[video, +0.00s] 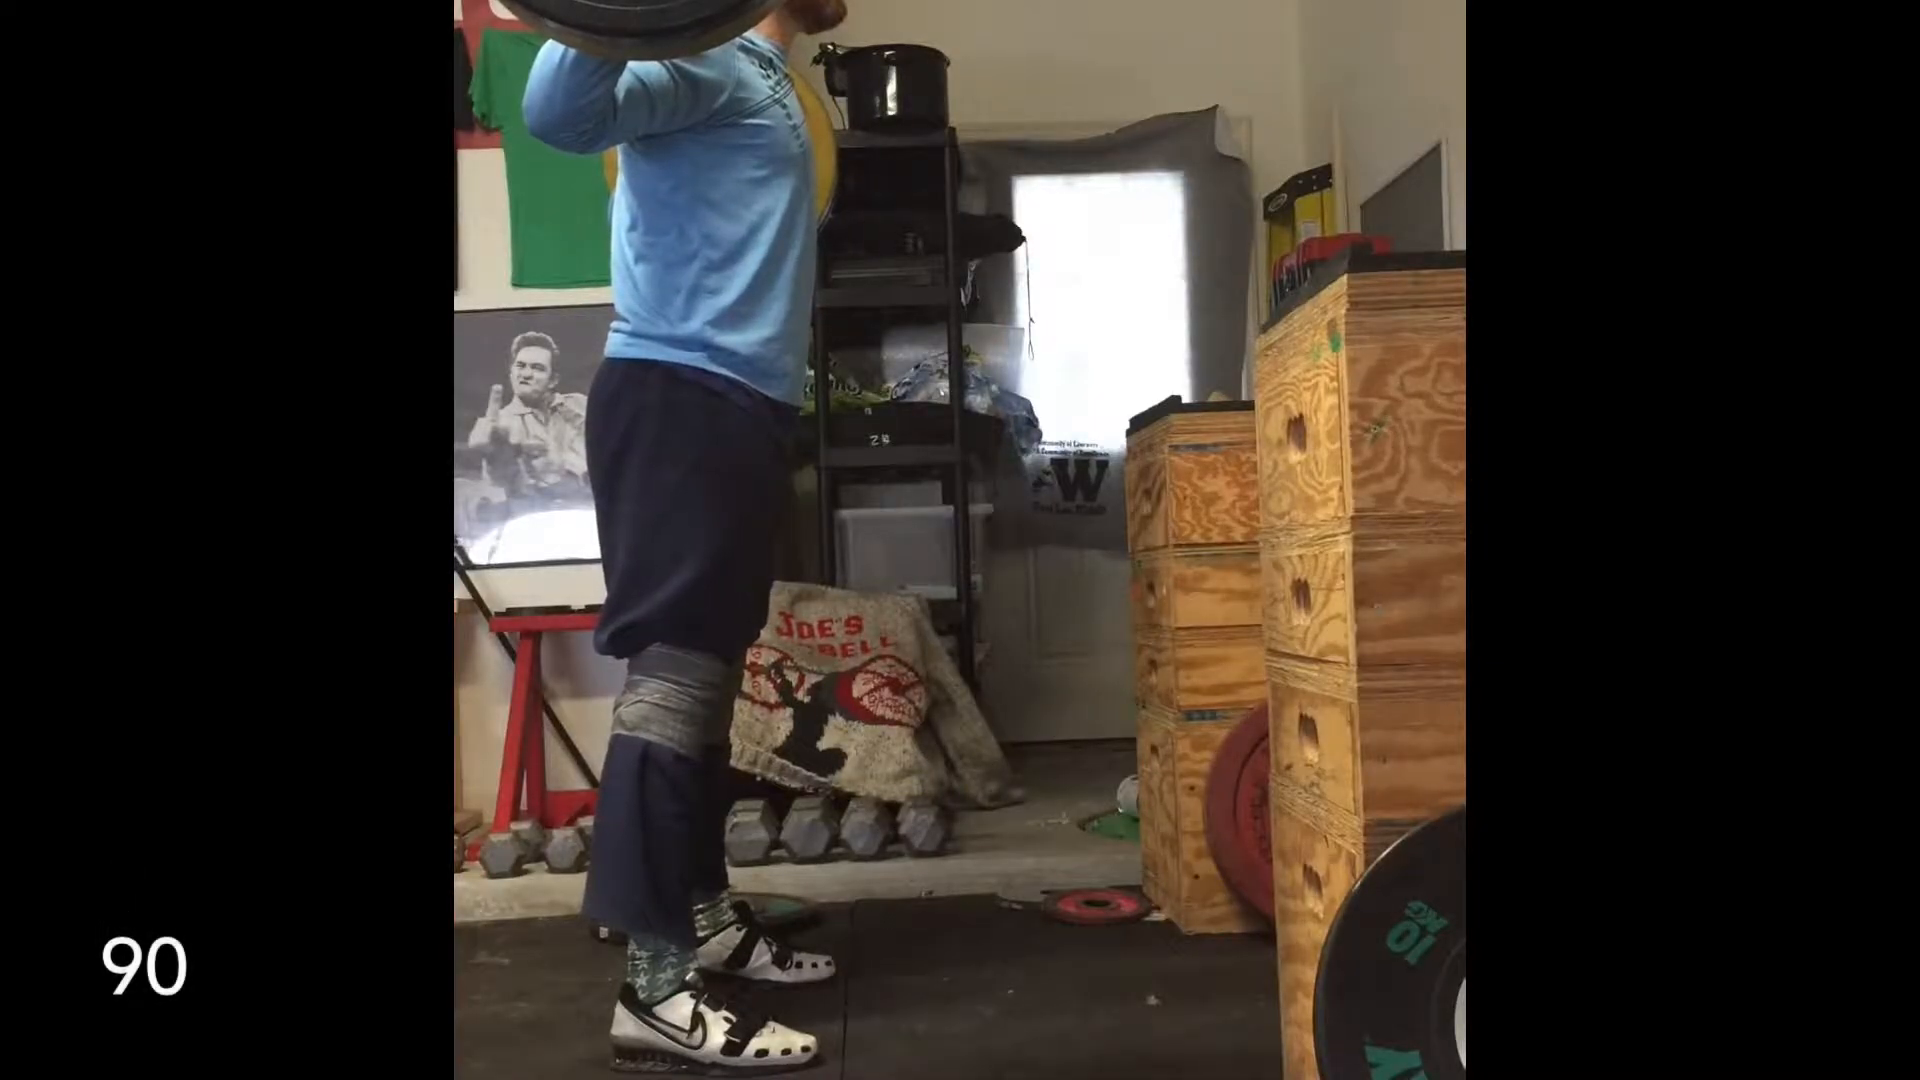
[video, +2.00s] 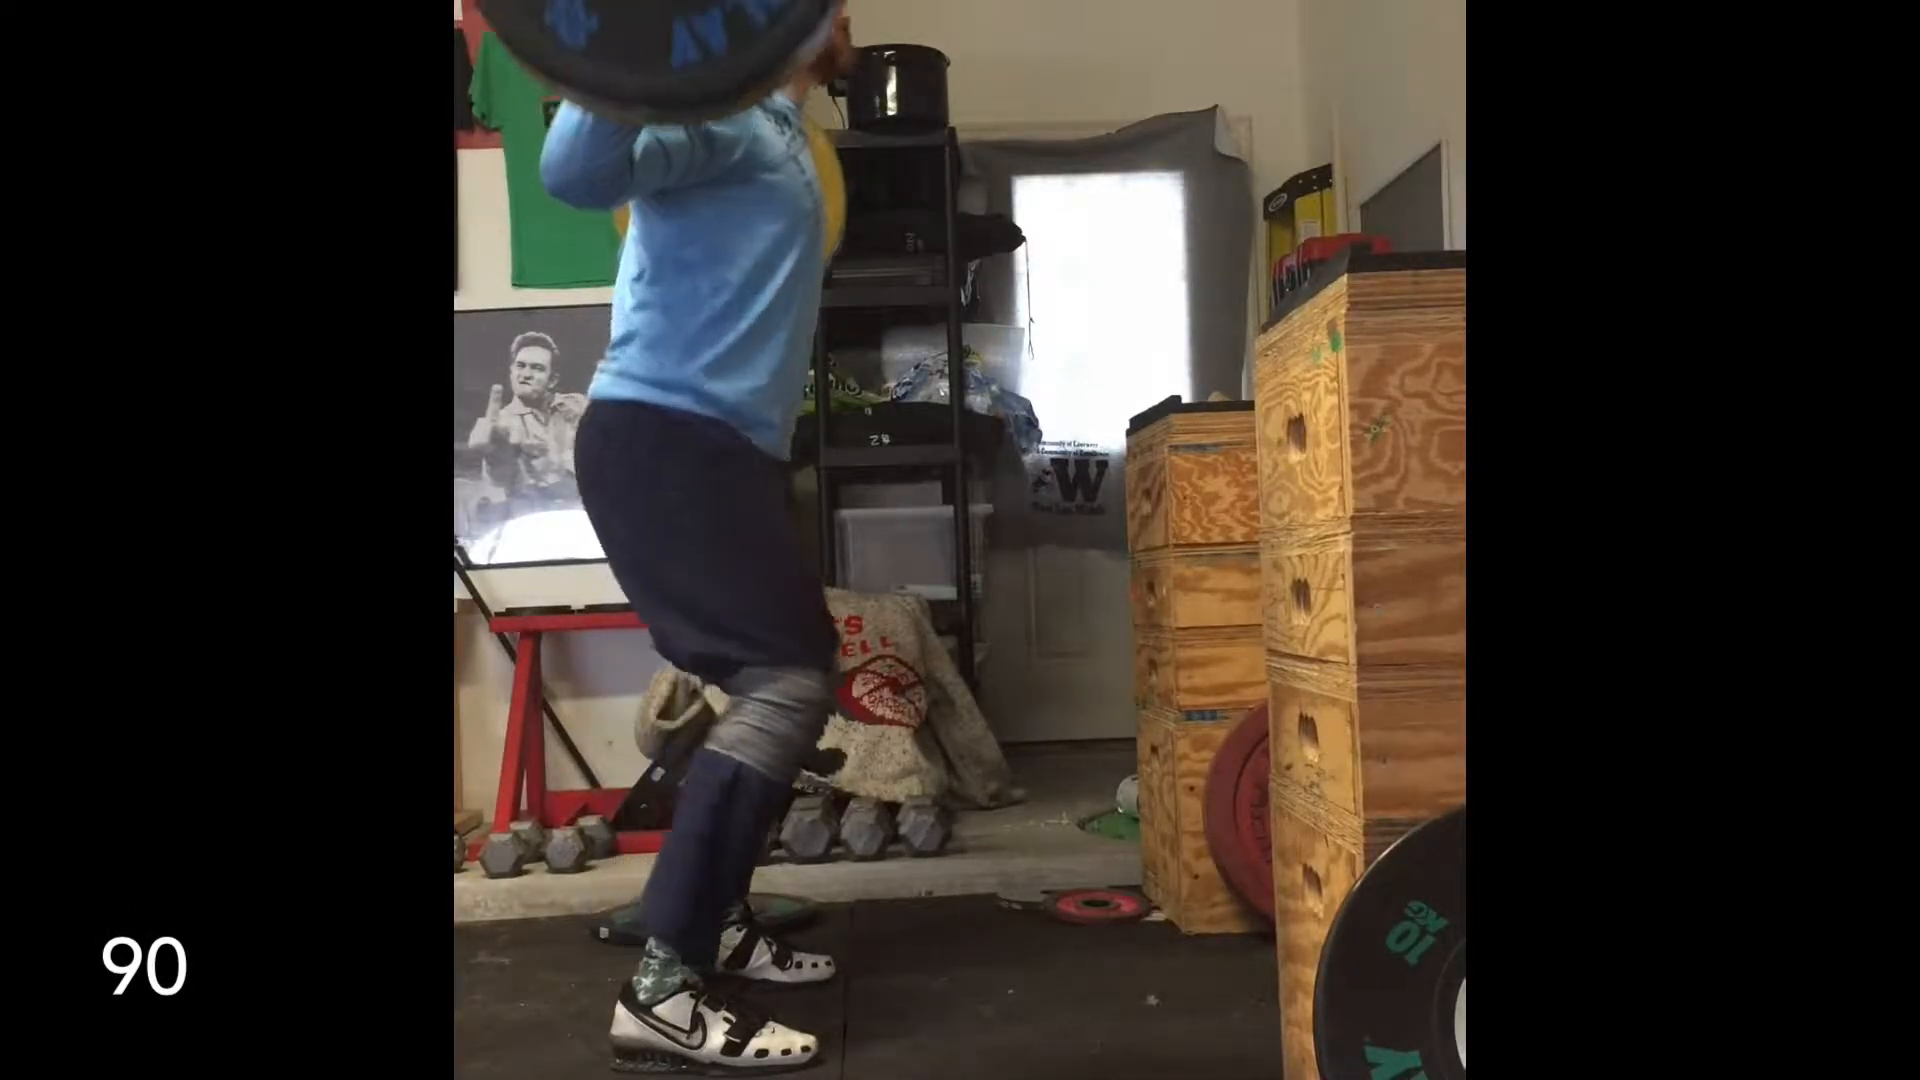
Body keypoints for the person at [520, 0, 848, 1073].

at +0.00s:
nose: (838, 7)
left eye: (836, 2)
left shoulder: (771, 77)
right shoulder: (705, 63)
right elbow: (556, 113)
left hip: (739, 407)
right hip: (681, 400)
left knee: (707, 673)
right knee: (675, 679)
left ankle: (699, 916)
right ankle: (655, 980)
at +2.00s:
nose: (845, 32)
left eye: (842, 18)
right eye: (832, 16)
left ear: (799, 36)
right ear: (788, 24)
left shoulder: (790, 129)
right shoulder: (720, 118)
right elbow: (573, 171)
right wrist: (631, 38)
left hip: (721, 442)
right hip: (665, 436)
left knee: (776, 677)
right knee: (785, 681)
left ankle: (711, 915)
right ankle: (665, 978)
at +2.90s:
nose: (884, 201)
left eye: (888, 181)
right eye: (873, 177)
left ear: (829, 174)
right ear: (811, 163)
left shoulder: (815, 275)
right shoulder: (737, 225)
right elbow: (718, 74)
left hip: (707, 554)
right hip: (622, 542)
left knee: (831, 694)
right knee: (814, 714)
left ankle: (736, 922)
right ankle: (666, 985)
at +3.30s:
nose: (887, 302)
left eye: (888, 282)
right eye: (876, 278)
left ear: (828, 274)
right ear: (814, 265)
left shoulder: (820, 377)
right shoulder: (743, 331)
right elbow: (737, 196)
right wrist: (726, 51)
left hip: (703, 640)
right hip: (616, 635)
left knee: (848, 704)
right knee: (831, 736)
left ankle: (744, 917)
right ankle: (667, 986)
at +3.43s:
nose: (895, 339)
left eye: (898, 319)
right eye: (885, 315)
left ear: (837, 311)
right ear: (825, 304)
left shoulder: (835, 421)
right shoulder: (750, 373)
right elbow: (745, 238)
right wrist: (730, 89)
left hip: (707, 669)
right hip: (621, 671)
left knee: (864, 714)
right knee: (840, 745)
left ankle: (750, 922)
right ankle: (675, 987)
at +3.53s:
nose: (904, 365)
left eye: (904, 346)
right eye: (891, 343)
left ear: (842, 342)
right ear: (831, 335)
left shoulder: (839, 449)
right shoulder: (754, 404)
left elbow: (765, 622)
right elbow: (750, 272)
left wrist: (849, 682)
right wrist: (738, 128)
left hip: (712, 701)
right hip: (627, 704)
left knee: (870, 725)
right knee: (851, 753)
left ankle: (748, 928)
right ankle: (678, 988)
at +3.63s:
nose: (906, 393)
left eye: (907, 373)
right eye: (893, 370)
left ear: (841, 366)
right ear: (832, 361)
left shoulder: (838, 473)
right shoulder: (756, 431)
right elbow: (753, 300)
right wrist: (740, 152)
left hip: (708, 724)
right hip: (623, 733)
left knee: (869, 718)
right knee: (855, 758)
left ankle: (750, 927)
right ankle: (677, 988)